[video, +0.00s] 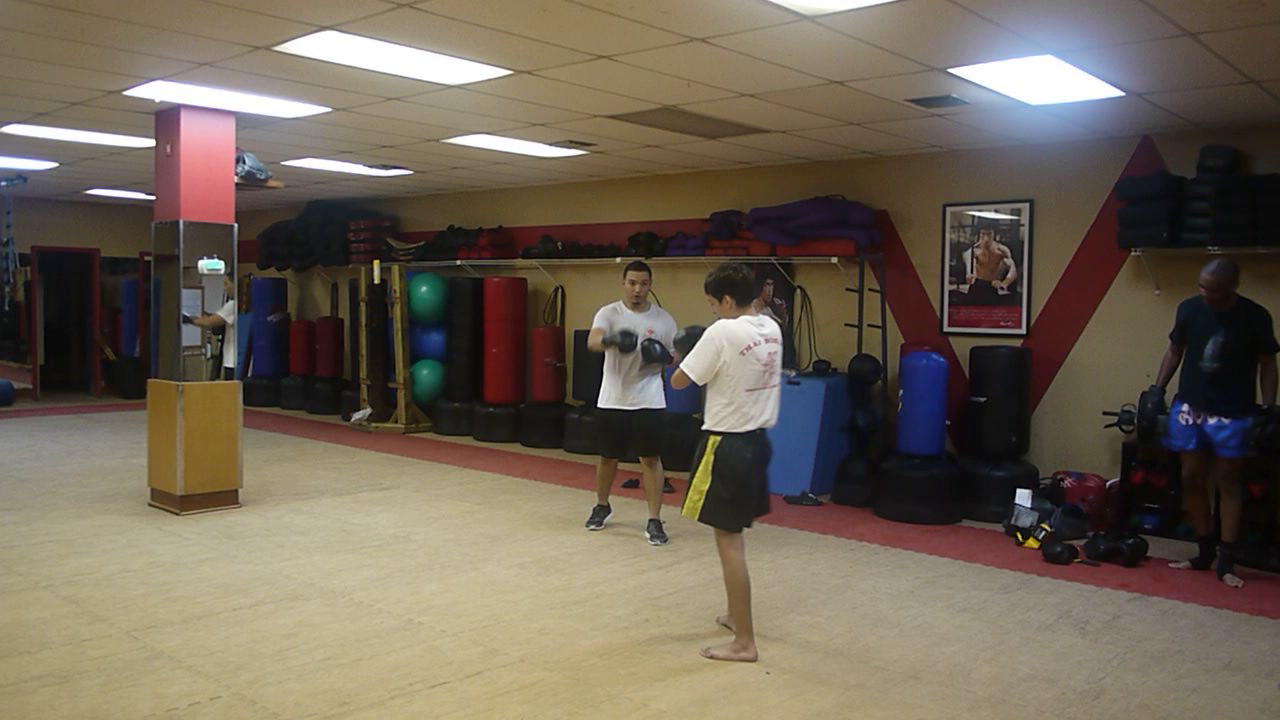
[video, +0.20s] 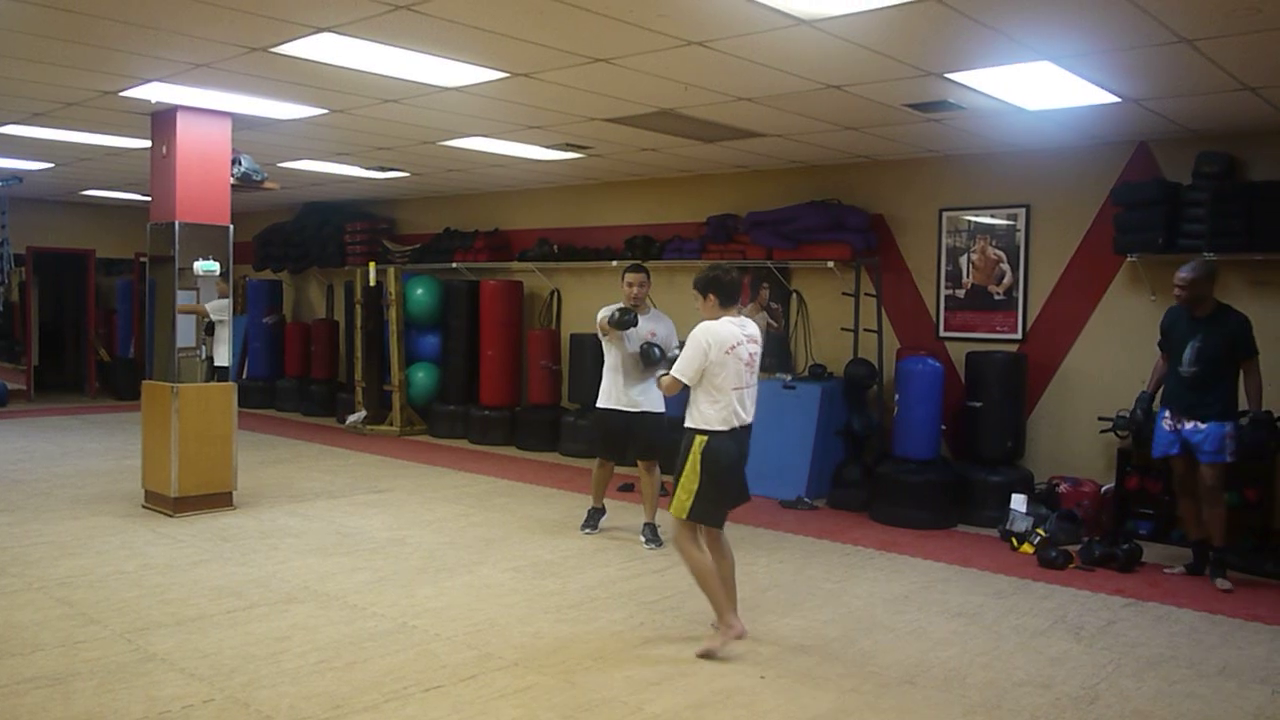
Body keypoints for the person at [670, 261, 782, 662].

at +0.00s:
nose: (712, 307)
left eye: (713, 300)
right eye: (712, 300)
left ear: (726, 299)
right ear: (748, 296)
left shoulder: (721, 332)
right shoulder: (772, 327)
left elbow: (678, 381)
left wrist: (682, 356)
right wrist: (706, 350)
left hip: (726, 446)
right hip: (756, 442)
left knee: (729, 543)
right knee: (733, 536)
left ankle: (744, 642)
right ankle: (737, 613)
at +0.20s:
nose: (698, 304)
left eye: (699, 298)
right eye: (698, 298)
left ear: (710, 298)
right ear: (733, 297)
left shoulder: (705, 332)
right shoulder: (752, 329)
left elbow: (669, 386)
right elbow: (728, 373)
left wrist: (662, 371)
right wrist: (687, 361)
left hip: (706, 441)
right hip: (736, 439)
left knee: (683, 532)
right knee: (714, 531)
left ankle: (727, 622)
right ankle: (730, 619)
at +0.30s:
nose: (689, 300)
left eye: (690, 295)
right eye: (690, 295)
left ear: (698, 295)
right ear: (726, 295)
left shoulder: (696, 330)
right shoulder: (742, 329)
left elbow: (666, 388)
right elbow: (718, 378)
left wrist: (648, 372)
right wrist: (676, 363)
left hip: (695, 439)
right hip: (731, 438)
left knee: (659, 523)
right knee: (713, 526)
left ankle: (702, 612)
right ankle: (735, 618)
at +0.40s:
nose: (674, 296)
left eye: (675, 291)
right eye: (677, 291)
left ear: (682, 292)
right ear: (713, 291)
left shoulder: (680, 327)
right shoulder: (729, 326)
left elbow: (656, 385)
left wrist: (639, 371)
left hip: (684, 436)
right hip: (721, 434)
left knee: (646, 520)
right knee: (713, 524)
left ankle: (660, 617)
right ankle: (735, 615)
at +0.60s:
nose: (639, 294)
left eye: (641, 289)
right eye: (641, 288)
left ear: (648, 293)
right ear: (680, 292)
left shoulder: (641, 329)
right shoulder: (703, 326)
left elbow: (619, 388)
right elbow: (714, 374)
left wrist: (613, 371)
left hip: (657, 435)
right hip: (700, 434)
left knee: (626, 523)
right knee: (705, 524)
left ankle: (602, 609)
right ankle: (734, 613)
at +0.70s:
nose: (613, 292)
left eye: (616, 287)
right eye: (614, 284)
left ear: (625, 295)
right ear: (657, 295)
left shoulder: (613, 331)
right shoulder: (681, 327)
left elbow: (589, 390)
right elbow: (703, 381)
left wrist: (622, 379)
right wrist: (667, 366)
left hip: (631, 440)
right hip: (678, 438)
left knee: (611, 525)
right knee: (696, 528)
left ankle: (603, 611)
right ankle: (728, 613)